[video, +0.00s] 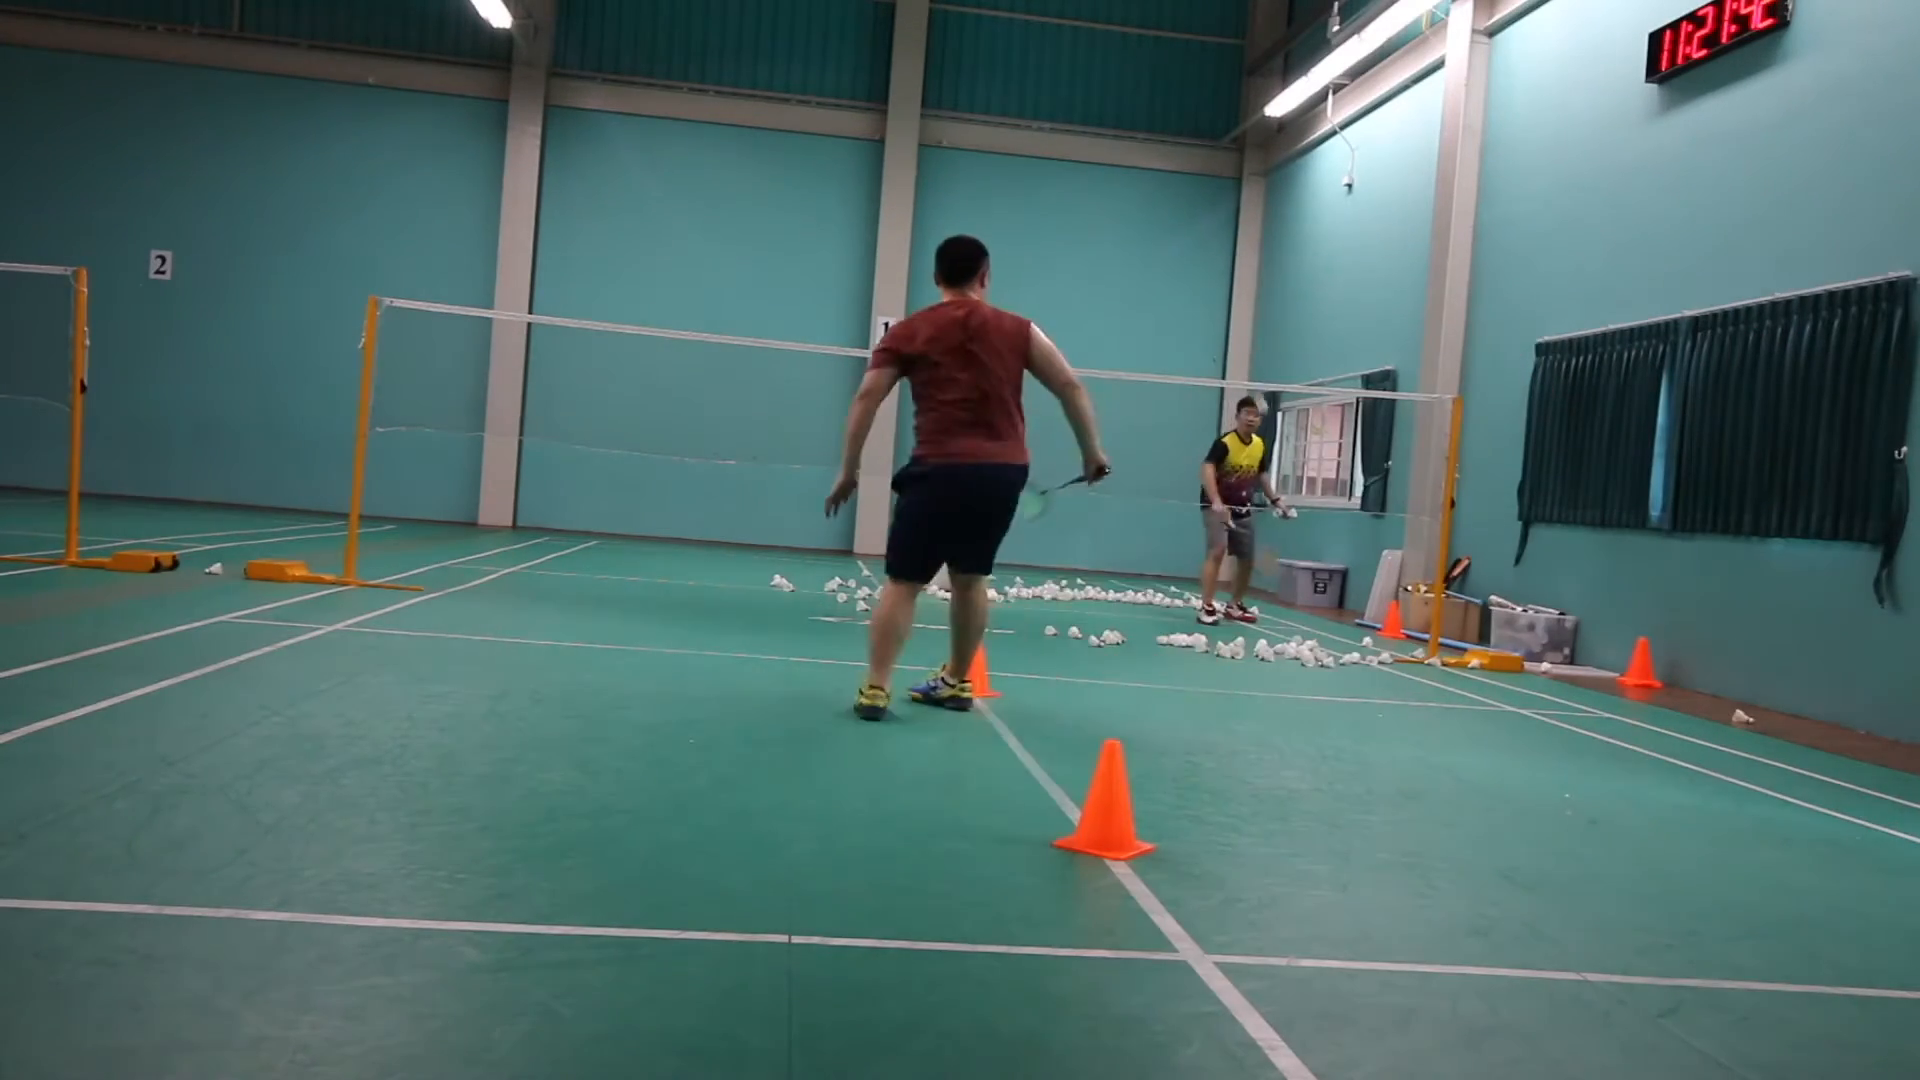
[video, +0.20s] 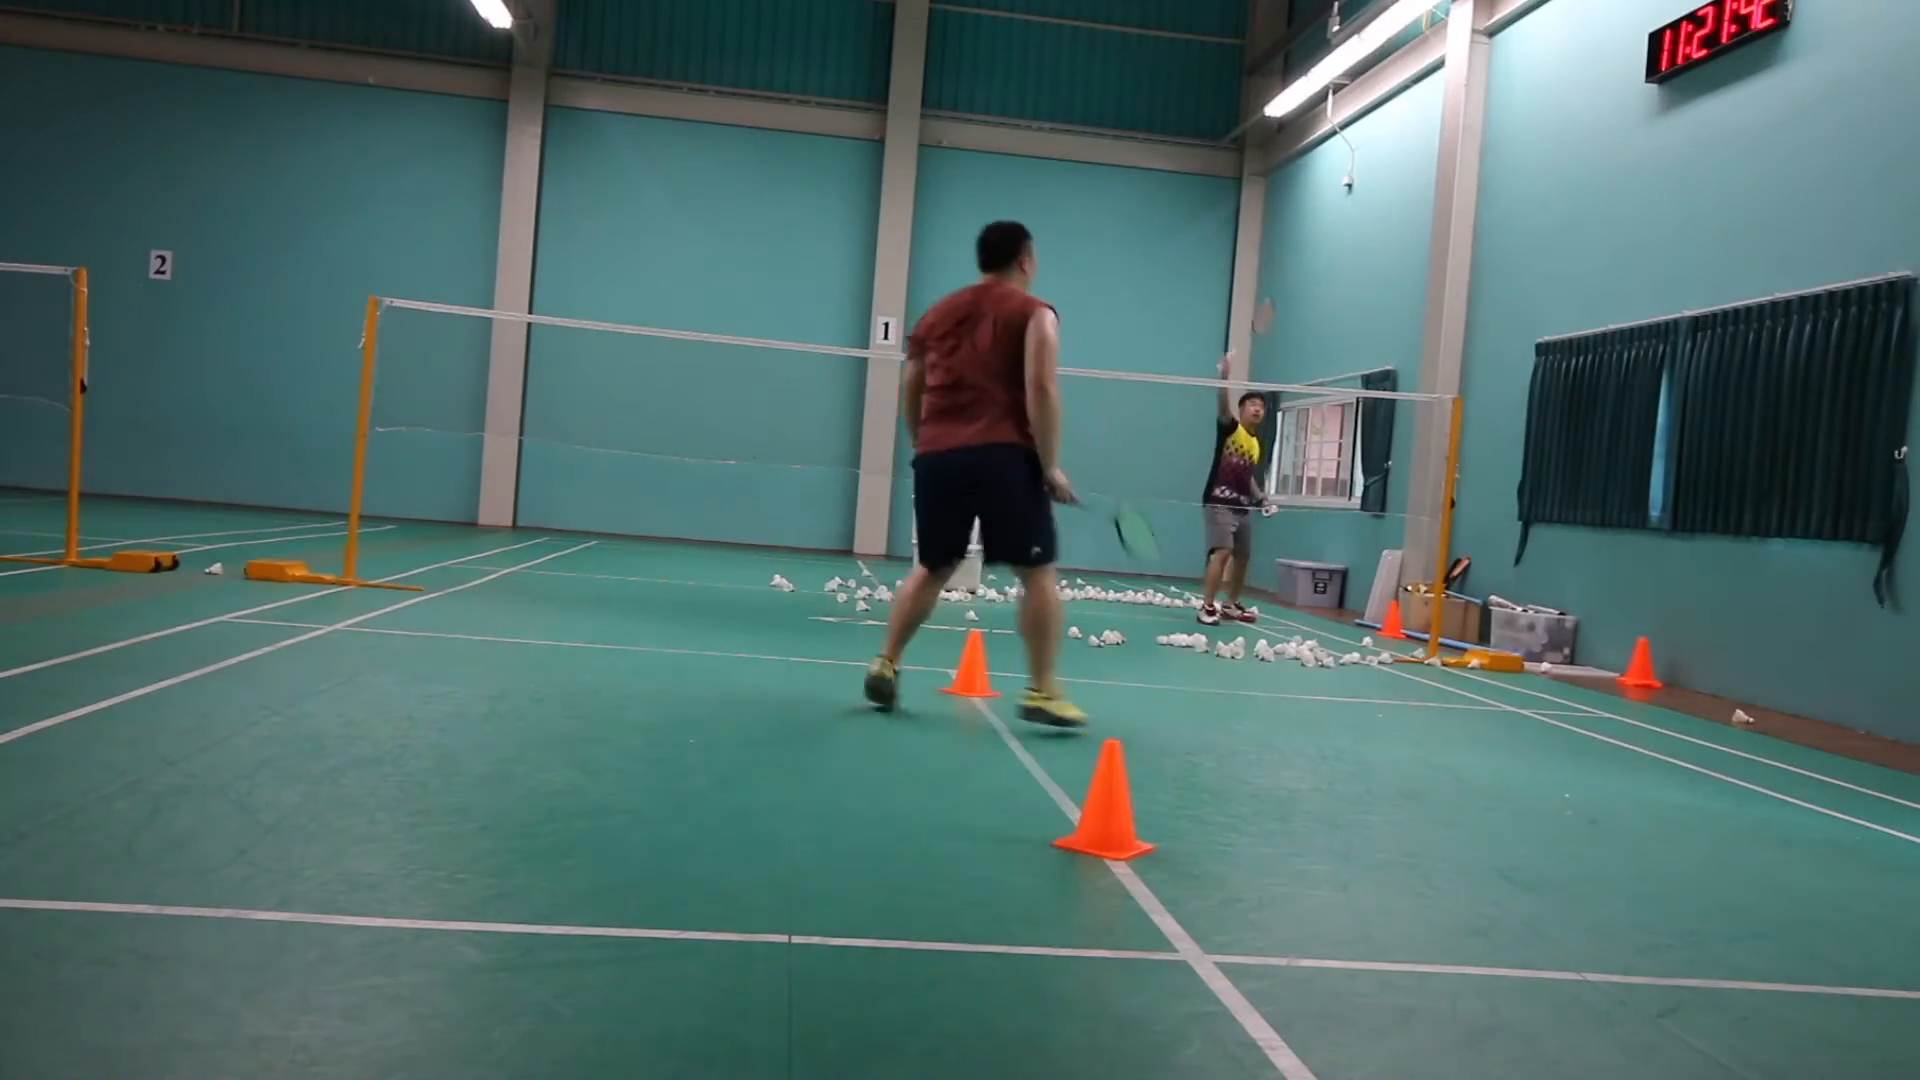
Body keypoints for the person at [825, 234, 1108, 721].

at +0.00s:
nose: (988, 284)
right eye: (988, 278)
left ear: (937, 279)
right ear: (984, 278)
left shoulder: (909, 331)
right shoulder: (1016, 329)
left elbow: (868, 395)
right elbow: (1069, 386)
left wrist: (848, 471)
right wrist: (1093, 453)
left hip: (936, 473)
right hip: (1003, 473)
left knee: (903, 583)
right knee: (971, 577)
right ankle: (956, 680)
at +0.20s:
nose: (1034, 269)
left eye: (1031, 262)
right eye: (1033, 262)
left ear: (982, 263)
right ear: (1024, 263)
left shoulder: (937, 313)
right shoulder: (1035, 313)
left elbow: (911, 390)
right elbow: (1041, 387)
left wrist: (922, 440)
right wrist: (1051, 466)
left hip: (938, 461)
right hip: (1005, 460)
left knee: (933, 565)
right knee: (1039, 573)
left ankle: (886, 662)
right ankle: (1043, 691)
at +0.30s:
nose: (1068, 290)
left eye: (1065, 280)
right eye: (1065, 281)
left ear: (1016, 289)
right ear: (1055, 288)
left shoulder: (984, 335)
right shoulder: (1049, 344)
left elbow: (950, 380)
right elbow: (1049, 420)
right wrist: (1070, 497)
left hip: (950, 491)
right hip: (1010, 494)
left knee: (940, 588)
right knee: (1081, 588)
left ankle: (883, 684)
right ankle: (1103, 708)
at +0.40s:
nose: (1133, 266)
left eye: (1127, 258)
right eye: (1126, 260)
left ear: (1084, 279)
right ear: (1115, 275)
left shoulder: (1065, 331)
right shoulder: (1104, 332)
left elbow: (1041, 412)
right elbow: (1086, 407)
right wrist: (1109, 491)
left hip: (1024, 495)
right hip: (1069, 498)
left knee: (992, 590)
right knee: (1139, 596)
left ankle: (905, 668)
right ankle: (1108, 724)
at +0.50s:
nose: (1188, 228)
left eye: (1181, 220)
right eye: (1179, 222)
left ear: (1146, 247)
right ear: (1166, 241)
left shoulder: (1143, 299)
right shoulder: (1152, 302)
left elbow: (1155, 397)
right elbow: (1123, 371)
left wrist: (1209, 444)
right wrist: (1157, 453)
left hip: (1097, 470)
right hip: (1125, 475)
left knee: (1091, 586)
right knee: (1152, 599)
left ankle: (999, 664)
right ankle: (1108, 722)